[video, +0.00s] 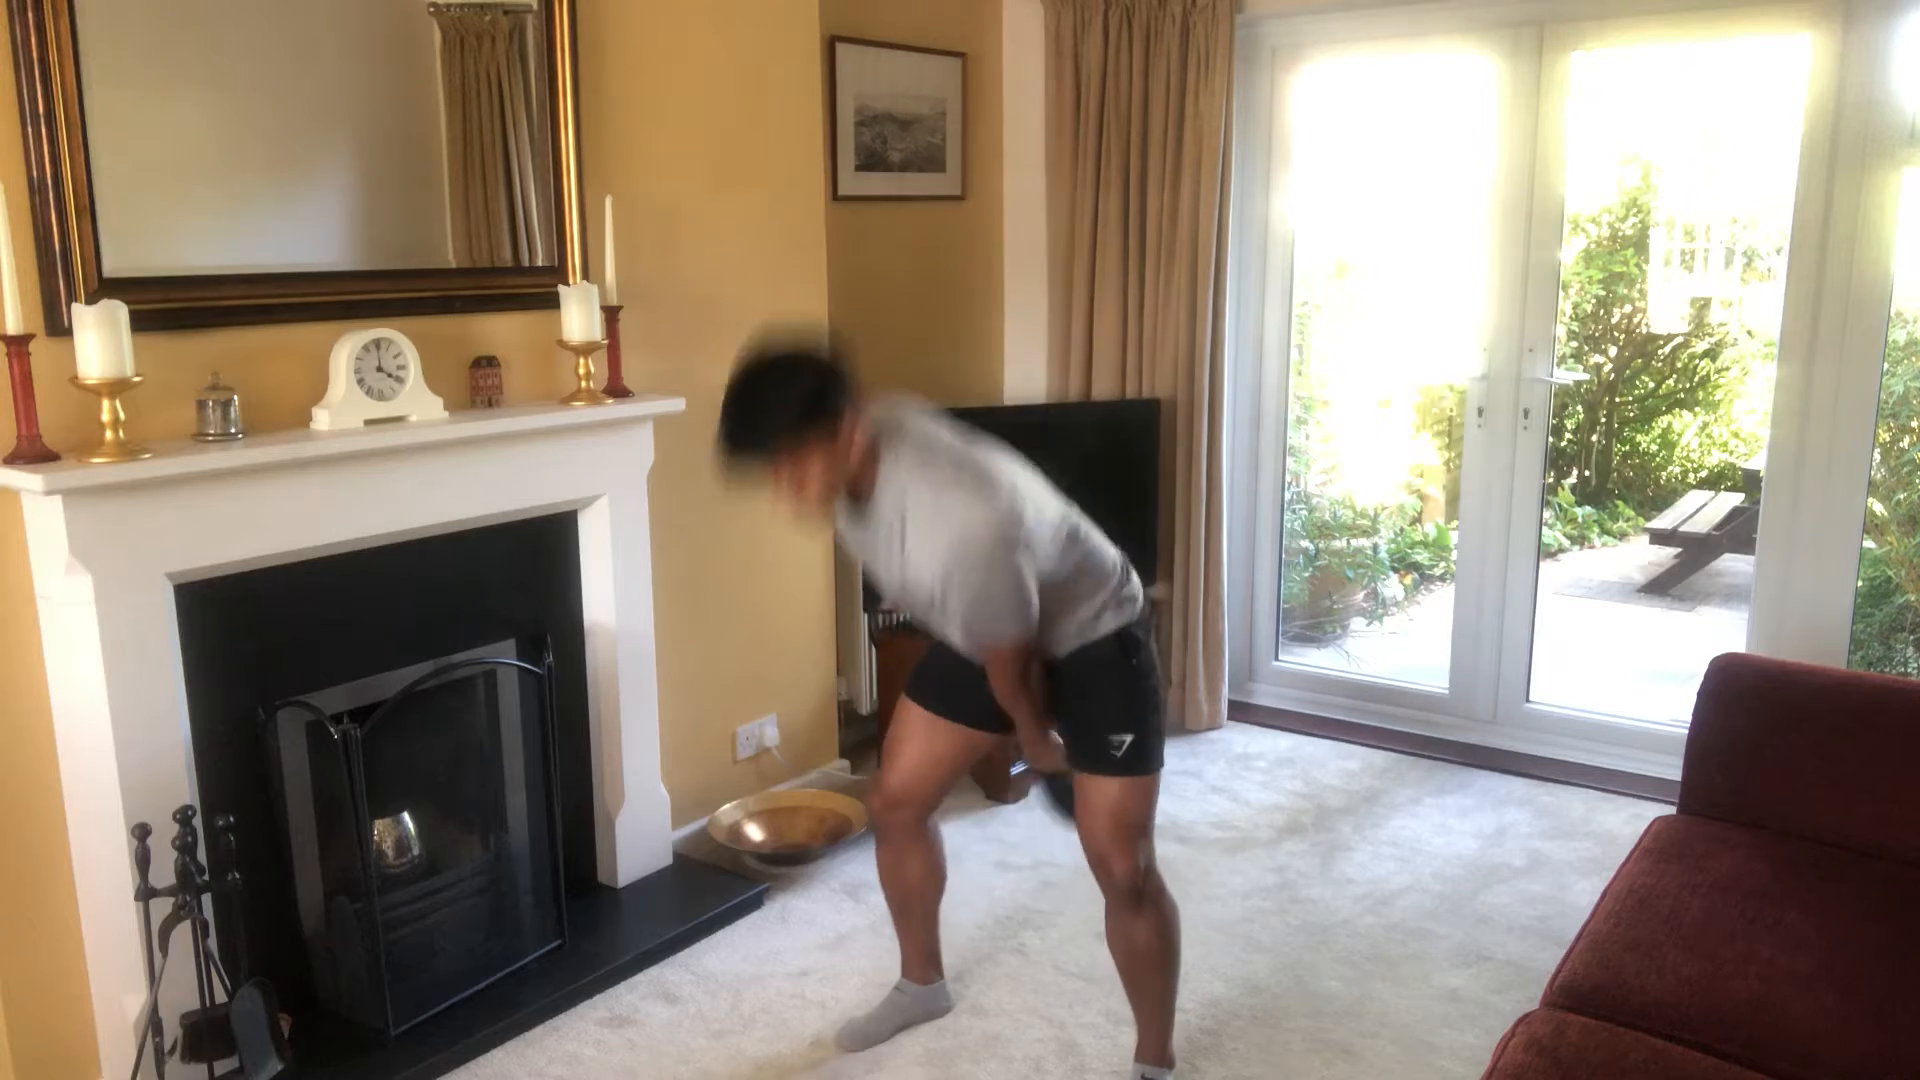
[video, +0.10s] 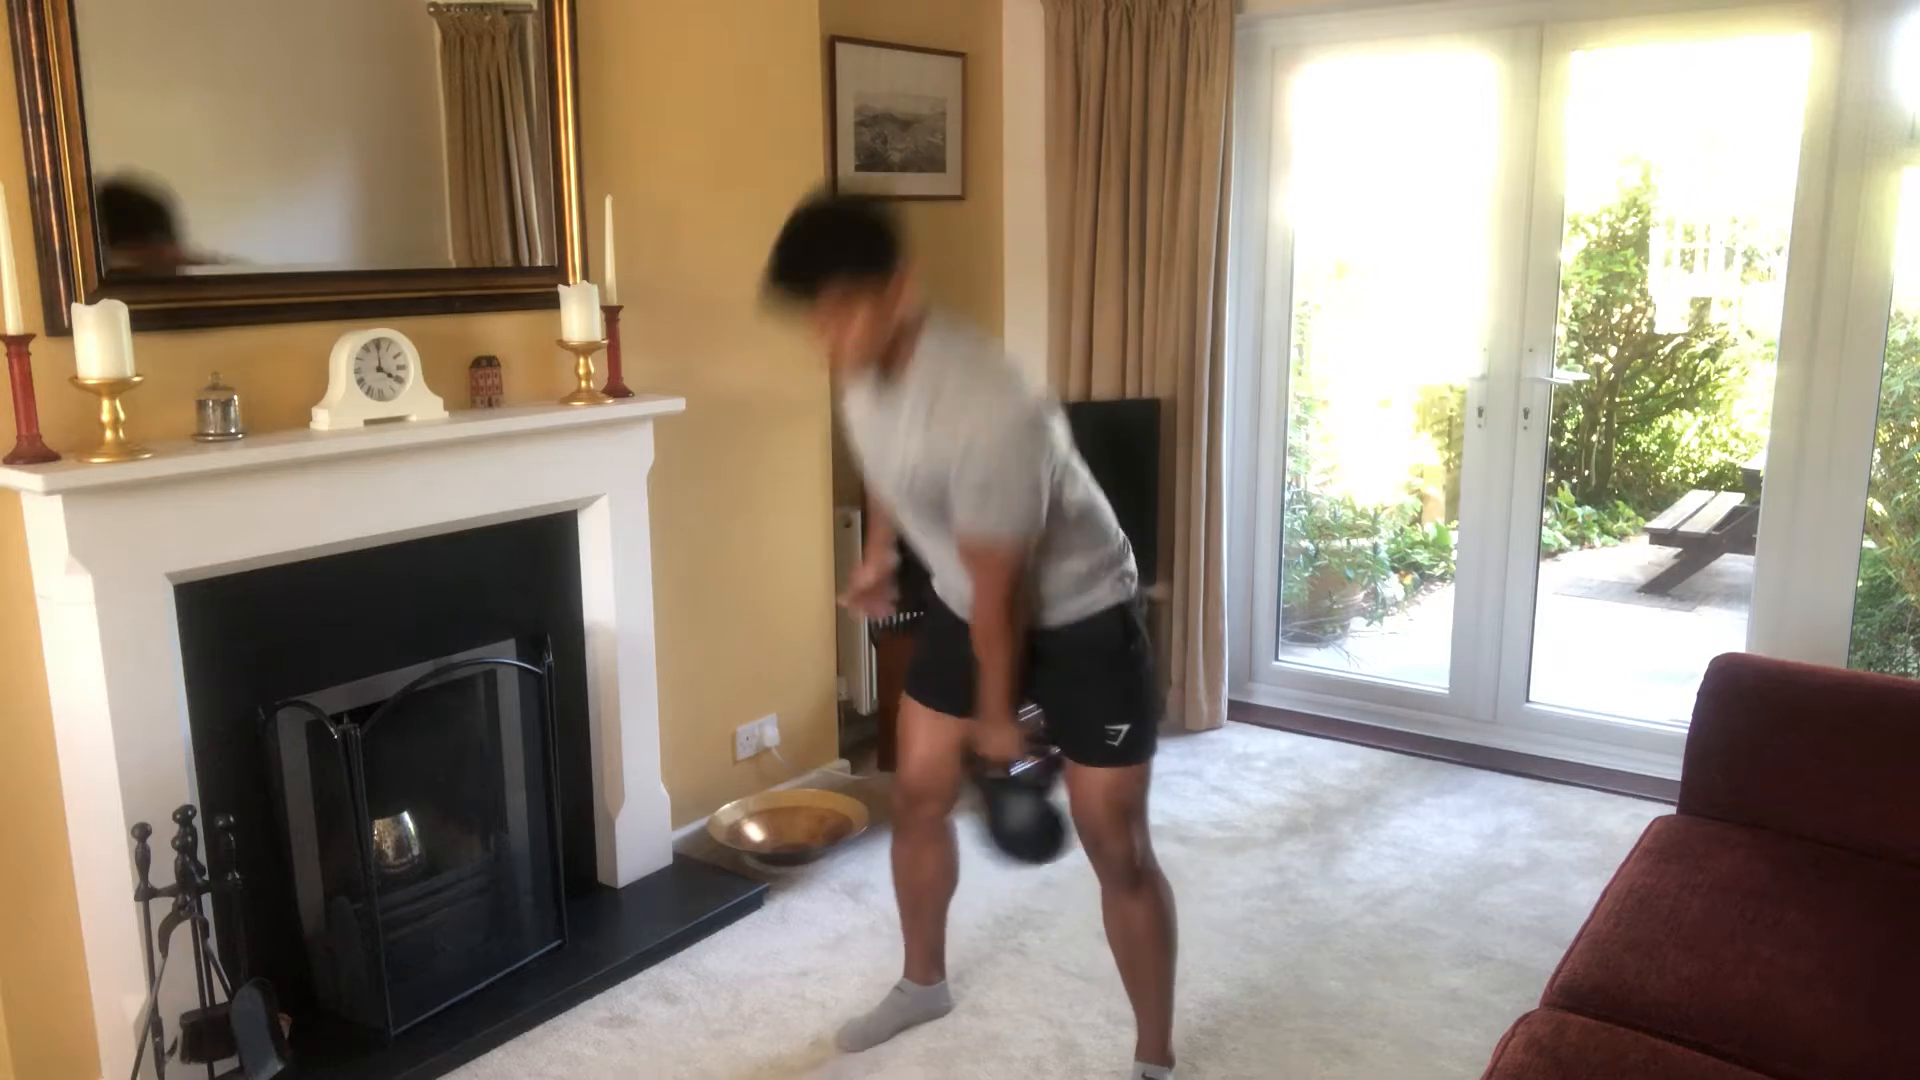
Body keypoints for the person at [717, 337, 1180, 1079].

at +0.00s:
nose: (784, 486)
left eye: (790, 461)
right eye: (773, 468)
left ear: (843, 430)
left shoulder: (963, 514)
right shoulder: (853, 456)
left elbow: (1011, 667)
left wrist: (1039, 748)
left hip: (1090, 635)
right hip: (980, 632)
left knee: (1125, 871)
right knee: (897, 801)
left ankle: (1155, 1060)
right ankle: (922, 984)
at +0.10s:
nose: (825, 328)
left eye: (841, 304)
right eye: (814, 309)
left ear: (898, 285)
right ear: (811, 306)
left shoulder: (980, 390)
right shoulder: (857, 373)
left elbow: (998, 579)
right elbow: (887, 467)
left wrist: (997, 720)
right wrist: (878, 552)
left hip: (1076, 607)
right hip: (963, 601)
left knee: (1116, 846)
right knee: (919, 792)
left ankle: (1156, 1056)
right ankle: (923, 983)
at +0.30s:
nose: (944, 240)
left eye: (961, 218)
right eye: (931, 221)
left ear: (1015, 205)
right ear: (920, 221)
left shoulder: (1081, 315)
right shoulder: (926, 325)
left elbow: (1005, 449)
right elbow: (896, 452)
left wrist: (895, 569)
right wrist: (823, 559)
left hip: (1064, 617)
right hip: (948, 610)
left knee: (1102, 836)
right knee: (948, 807)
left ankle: (1151, 1055)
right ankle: (927, 985)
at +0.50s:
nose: (969, 226)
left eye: (988, 203)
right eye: (958, 207)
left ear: (1043, 198)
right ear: (952, 209)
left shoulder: (1100, 311)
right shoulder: (945, 325)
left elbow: (1003, 370)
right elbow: (910, 466)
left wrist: (841, 379)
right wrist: (838, 575)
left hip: (1063, 622)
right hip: (946, 614)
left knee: (1100, 838)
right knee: (950, 809)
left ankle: (1148, 1056)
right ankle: (927, 986)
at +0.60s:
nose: (972, 221)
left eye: (991, 198)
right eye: (960, 202)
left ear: (1045, 194)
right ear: (952, 207)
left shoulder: (1102, 311)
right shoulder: (951, 325)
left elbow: (1002, 345)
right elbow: (921, 462)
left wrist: (853, 338)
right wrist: (860, 581)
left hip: (1062, 621)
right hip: (946, 612)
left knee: (1101, 838)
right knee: (949, 809)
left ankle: (1149, 1056)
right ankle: (928, 986)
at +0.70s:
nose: (971, 222)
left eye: (989, 200)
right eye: (960, 203)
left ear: (1045, 196)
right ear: (954, 206)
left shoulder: (1103, 310)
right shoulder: (956, 324)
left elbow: (1003, 345)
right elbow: (927, 460)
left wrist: (854, 337)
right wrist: (874, 580)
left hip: (1061, 620)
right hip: (946, 611)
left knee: (1100, 838)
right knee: (949, 809)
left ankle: (1149, 1055)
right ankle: (927, 985)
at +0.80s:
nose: (971, 230)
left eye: (988, 207)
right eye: (959, 211)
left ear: (1043, 197)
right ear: (951, 209)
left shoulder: (1099, 310)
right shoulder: (952, 323)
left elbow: (1014, 367)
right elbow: (927, 461)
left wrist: (857, 382)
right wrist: (881, 574)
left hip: (1064, 620)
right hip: (951, 612)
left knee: (1102, 839)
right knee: (950, 810)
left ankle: (1148, 1058)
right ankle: (928, 985)